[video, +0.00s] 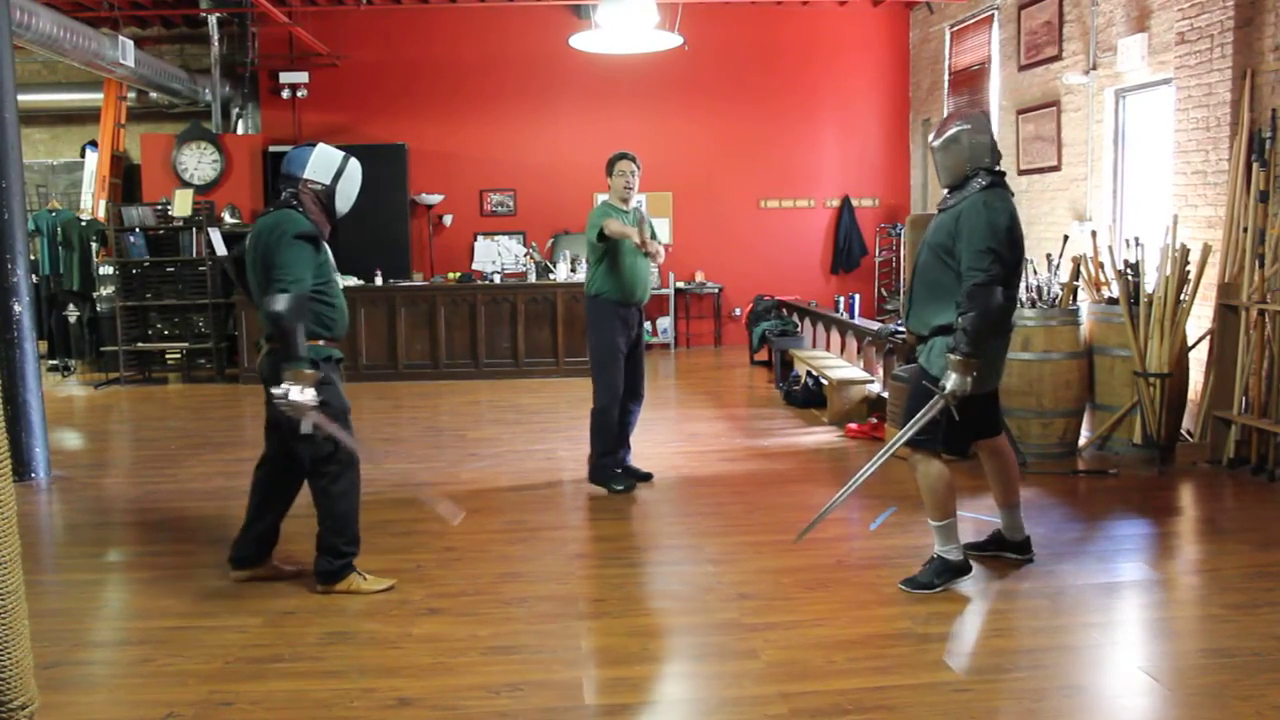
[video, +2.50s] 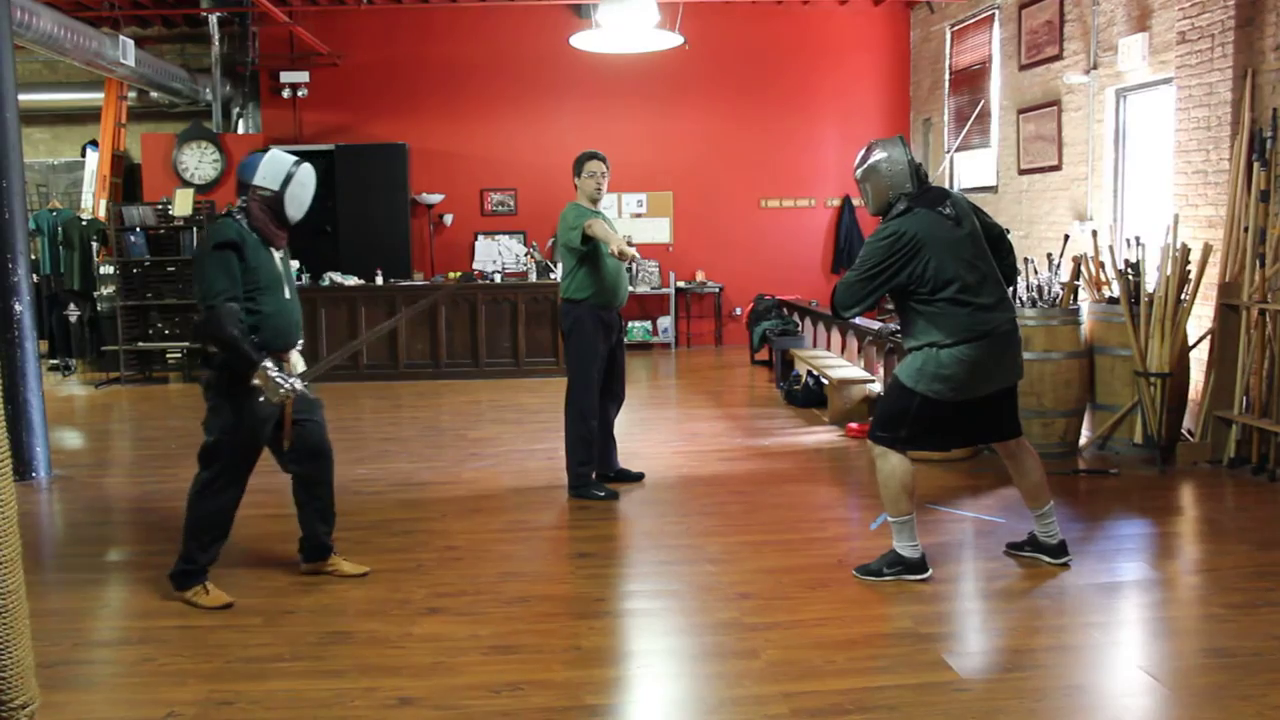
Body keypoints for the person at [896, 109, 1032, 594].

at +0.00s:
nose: (937, 162)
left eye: (944, 151)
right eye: (938, 152)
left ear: (967, 151)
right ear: (975, 153)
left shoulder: (983, 205)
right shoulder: (971, 201)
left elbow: (983, 286)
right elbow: (956, 282)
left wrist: (964, 355)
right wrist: (917, 329)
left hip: (950, 347)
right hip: (969, 346)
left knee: (923, 447)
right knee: (989, 436)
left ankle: (948, 555)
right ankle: (1013, 535)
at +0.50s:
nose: (894, 172)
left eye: (897, 160)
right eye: (894, 161)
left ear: (917, 158)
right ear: (941, 154)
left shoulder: (938, 208)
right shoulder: (982, 199)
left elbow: (927, 294)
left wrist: (895, 367)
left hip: (969, 352)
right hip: (1010, 348)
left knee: (940, 453)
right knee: (1006, 440)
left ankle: (954, 563)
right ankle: (1018, 535)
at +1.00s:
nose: (937, 170)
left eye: (941, 159)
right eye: (937, 159)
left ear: (964, 155)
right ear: (976, 155)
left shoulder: (977, 208)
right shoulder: (1014, 197)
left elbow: (950, 292)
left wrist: (901, 319)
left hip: (994, 348)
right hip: (1031, 344)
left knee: (953, 444)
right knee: (1025, 440)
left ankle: (955, 560)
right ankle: (1052, 541)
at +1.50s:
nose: (893, 179)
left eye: (895, 169)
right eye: (892, 170)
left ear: (912, 171)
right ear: (945, 165)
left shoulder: (920, 223)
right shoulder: (989, 202)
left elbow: (868, 286)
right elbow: (1030, 256)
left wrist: (904, 259)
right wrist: (1001, 292)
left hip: (955, 355)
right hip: (1012, 350)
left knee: (901, 438)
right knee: (1012, 439)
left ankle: (907, 553)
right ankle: (1051, 539)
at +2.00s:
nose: (856, 200)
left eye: (857, 191)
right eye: (855, 191)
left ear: (873, 189)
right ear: (906, 179)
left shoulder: (888, 236)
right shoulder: (952, 207)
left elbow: (836, 303)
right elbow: (999, 250)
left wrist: (870, 274)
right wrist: (989, 296)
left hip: (938, 359)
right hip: (997, 350)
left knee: (881, 443)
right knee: (1008, 439)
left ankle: (906, 553)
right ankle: (1050, 539)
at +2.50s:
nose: (863, 198)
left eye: (865, 188)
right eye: (862, 188)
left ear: (883, 185)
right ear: (911, 177)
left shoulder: (895, 233)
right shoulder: (957, 205)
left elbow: (843, 302)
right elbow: (1003, 249)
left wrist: (882, 275)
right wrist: (992, 297)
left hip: (945, 355)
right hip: (1001, 346)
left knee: (886, 438)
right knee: (1009, 438)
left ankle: (907, 553)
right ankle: (1050, 538)